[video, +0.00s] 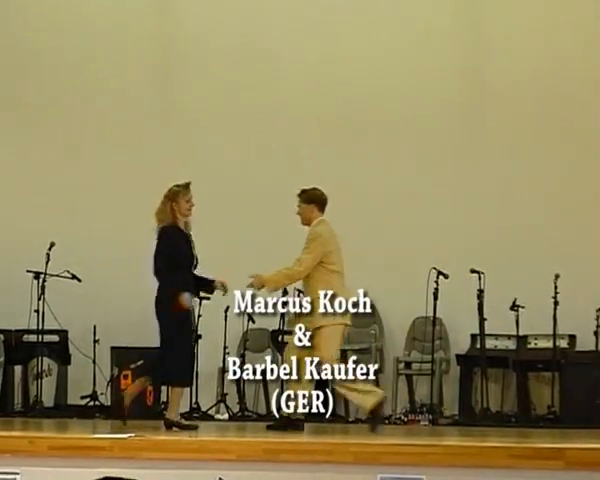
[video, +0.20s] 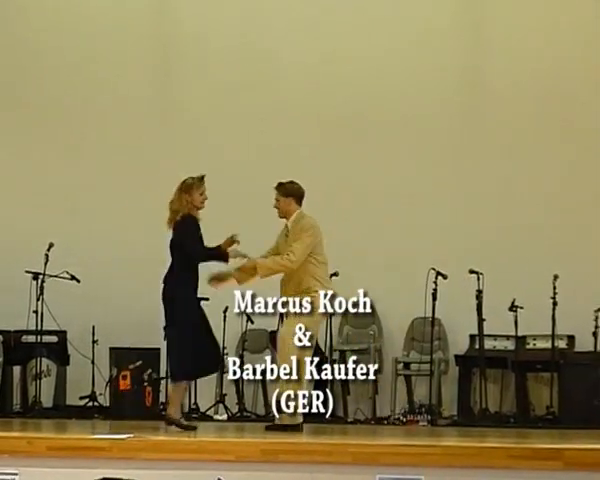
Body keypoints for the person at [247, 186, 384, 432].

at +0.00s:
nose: (297, 212)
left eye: (301, 207)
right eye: (298, 207)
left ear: (314, 208)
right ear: (314, 209)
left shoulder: (321, 232)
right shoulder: (317, 232)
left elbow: (300, 269)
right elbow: (299, 268)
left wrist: (266, 281)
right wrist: (268, 280)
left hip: (331, 312)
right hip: (314, 312)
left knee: (325, 365)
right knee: (294, 359)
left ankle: (373, 400)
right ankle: (295, 414)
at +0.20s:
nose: (275, 204)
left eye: (279, 200)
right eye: (275, 199)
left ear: (292, 202)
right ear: (289, 202)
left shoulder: (307, 225)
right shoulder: (288, 230)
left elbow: (291, 260)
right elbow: (266, 260)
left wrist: (256, 266)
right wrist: (232, 276)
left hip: (309, 299)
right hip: (296, 300)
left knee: (288, 348)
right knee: (293, 355)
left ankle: (290, 415)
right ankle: (290, 414)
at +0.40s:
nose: (262, 210)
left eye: (266, 205)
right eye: (262, 205)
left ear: (280, 206)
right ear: (274, 207)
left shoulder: (297, 231)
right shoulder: (269, 234)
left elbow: (292, 258)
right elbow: (245, 252)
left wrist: (259, 247)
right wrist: (210, 255)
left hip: (298, 309)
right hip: (282, 308)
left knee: (267, 356)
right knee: (282, 361)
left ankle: (257, 415)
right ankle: (287, 418)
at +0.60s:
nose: (254, 211)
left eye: (257, 207)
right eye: (254, 206)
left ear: (271, 208)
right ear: (267, 209)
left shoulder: (290, 236)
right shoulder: (260, 239)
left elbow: (294, 272)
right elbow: (239, 262)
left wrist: (264, 258)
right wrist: (206, 263)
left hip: (293, 310)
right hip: (273, 309)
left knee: (273, 357)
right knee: (261, 359)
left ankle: (267, 413)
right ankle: (259, 412)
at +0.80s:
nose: (257, 203)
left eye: (261, 199)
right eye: (257, 199)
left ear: (276, 201)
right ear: (266, 201)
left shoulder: (285, 228)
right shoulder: (266, 229)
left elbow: (268, 264)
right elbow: (254, 256)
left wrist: (230, 263)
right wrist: (226, 260)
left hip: (295, 305)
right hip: (273, 306)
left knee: (288, 353)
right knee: (268, 357)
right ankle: (270, 413)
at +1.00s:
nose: (256, 211)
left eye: (261, 206)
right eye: (255, 206)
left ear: (275, 208)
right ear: (257, 208)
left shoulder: (282, 235)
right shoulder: (261, 237)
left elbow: (263, 267)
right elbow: (254, 266)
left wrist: (229, 281)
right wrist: (228, 269)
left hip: (297, 308)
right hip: (272, 309)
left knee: (308, 360)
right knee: (261, 358)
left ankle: (327, 411)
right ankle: (266, 411)